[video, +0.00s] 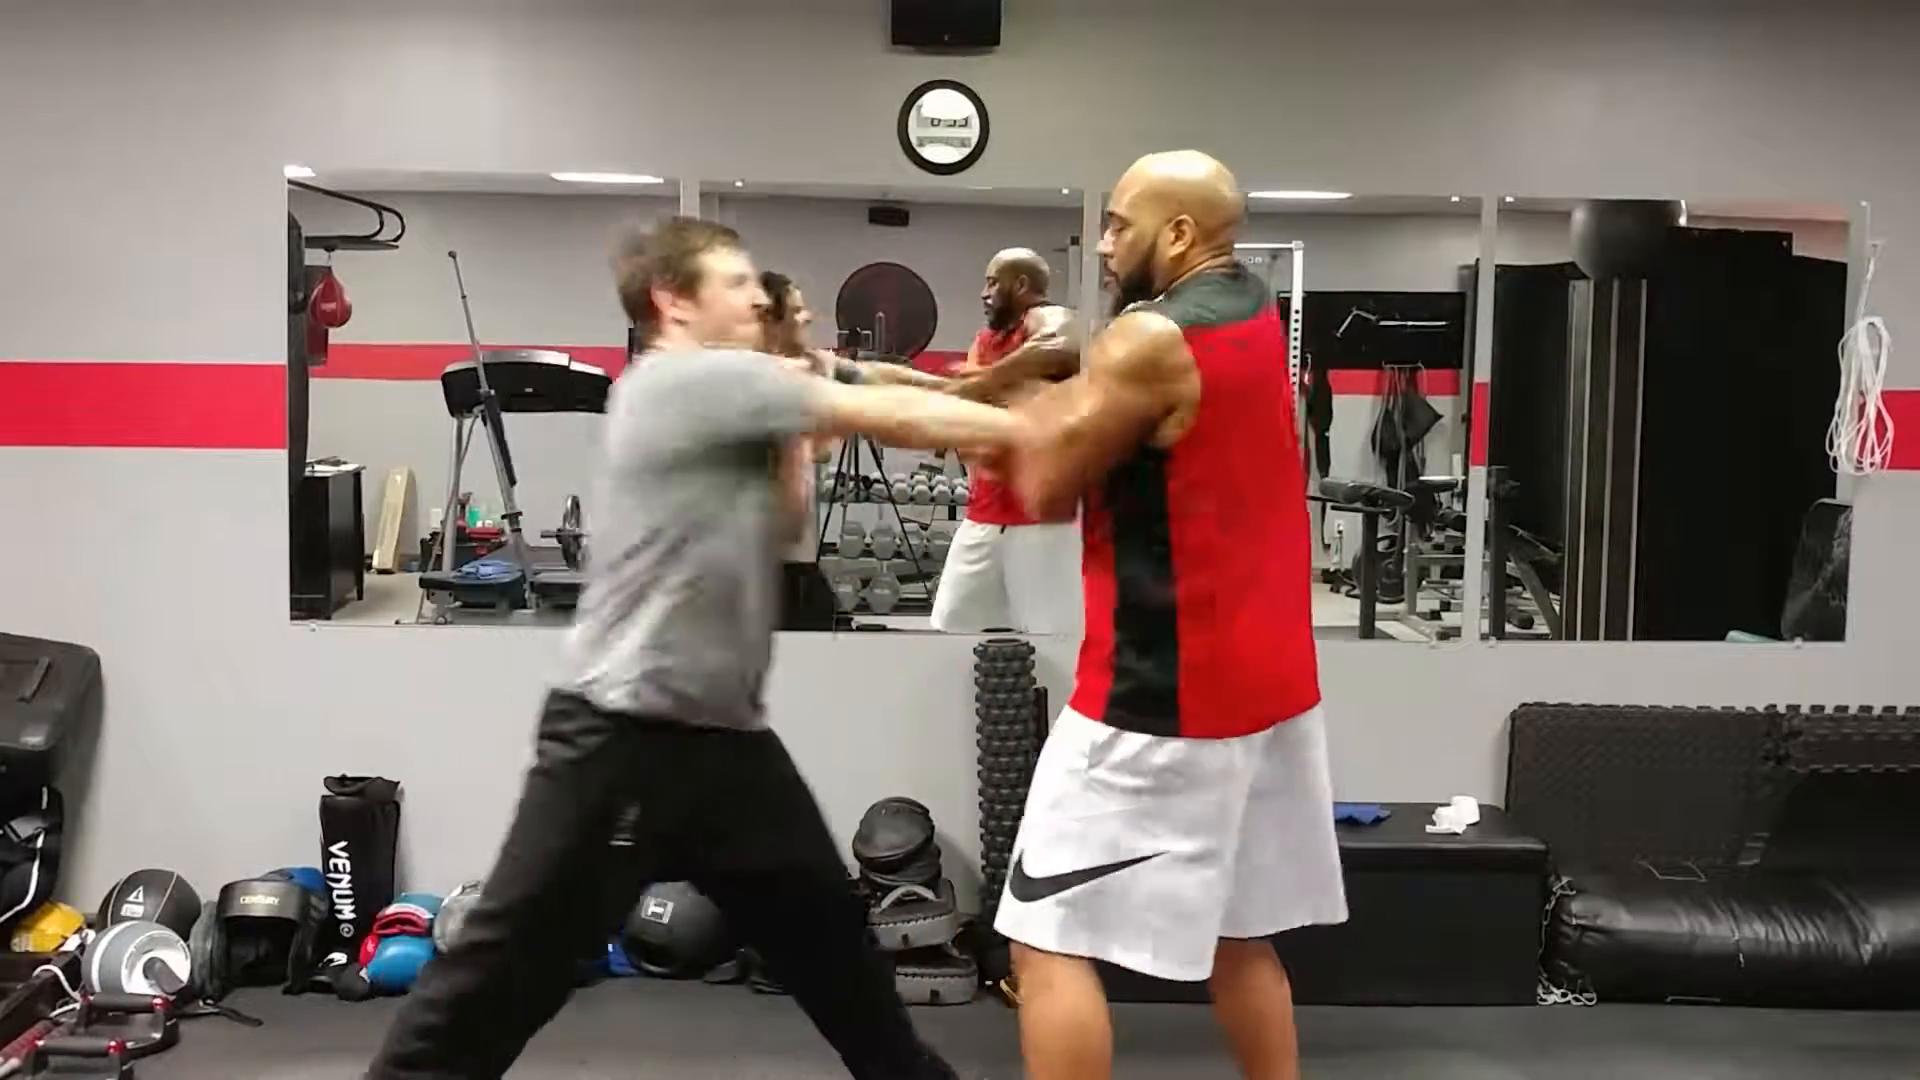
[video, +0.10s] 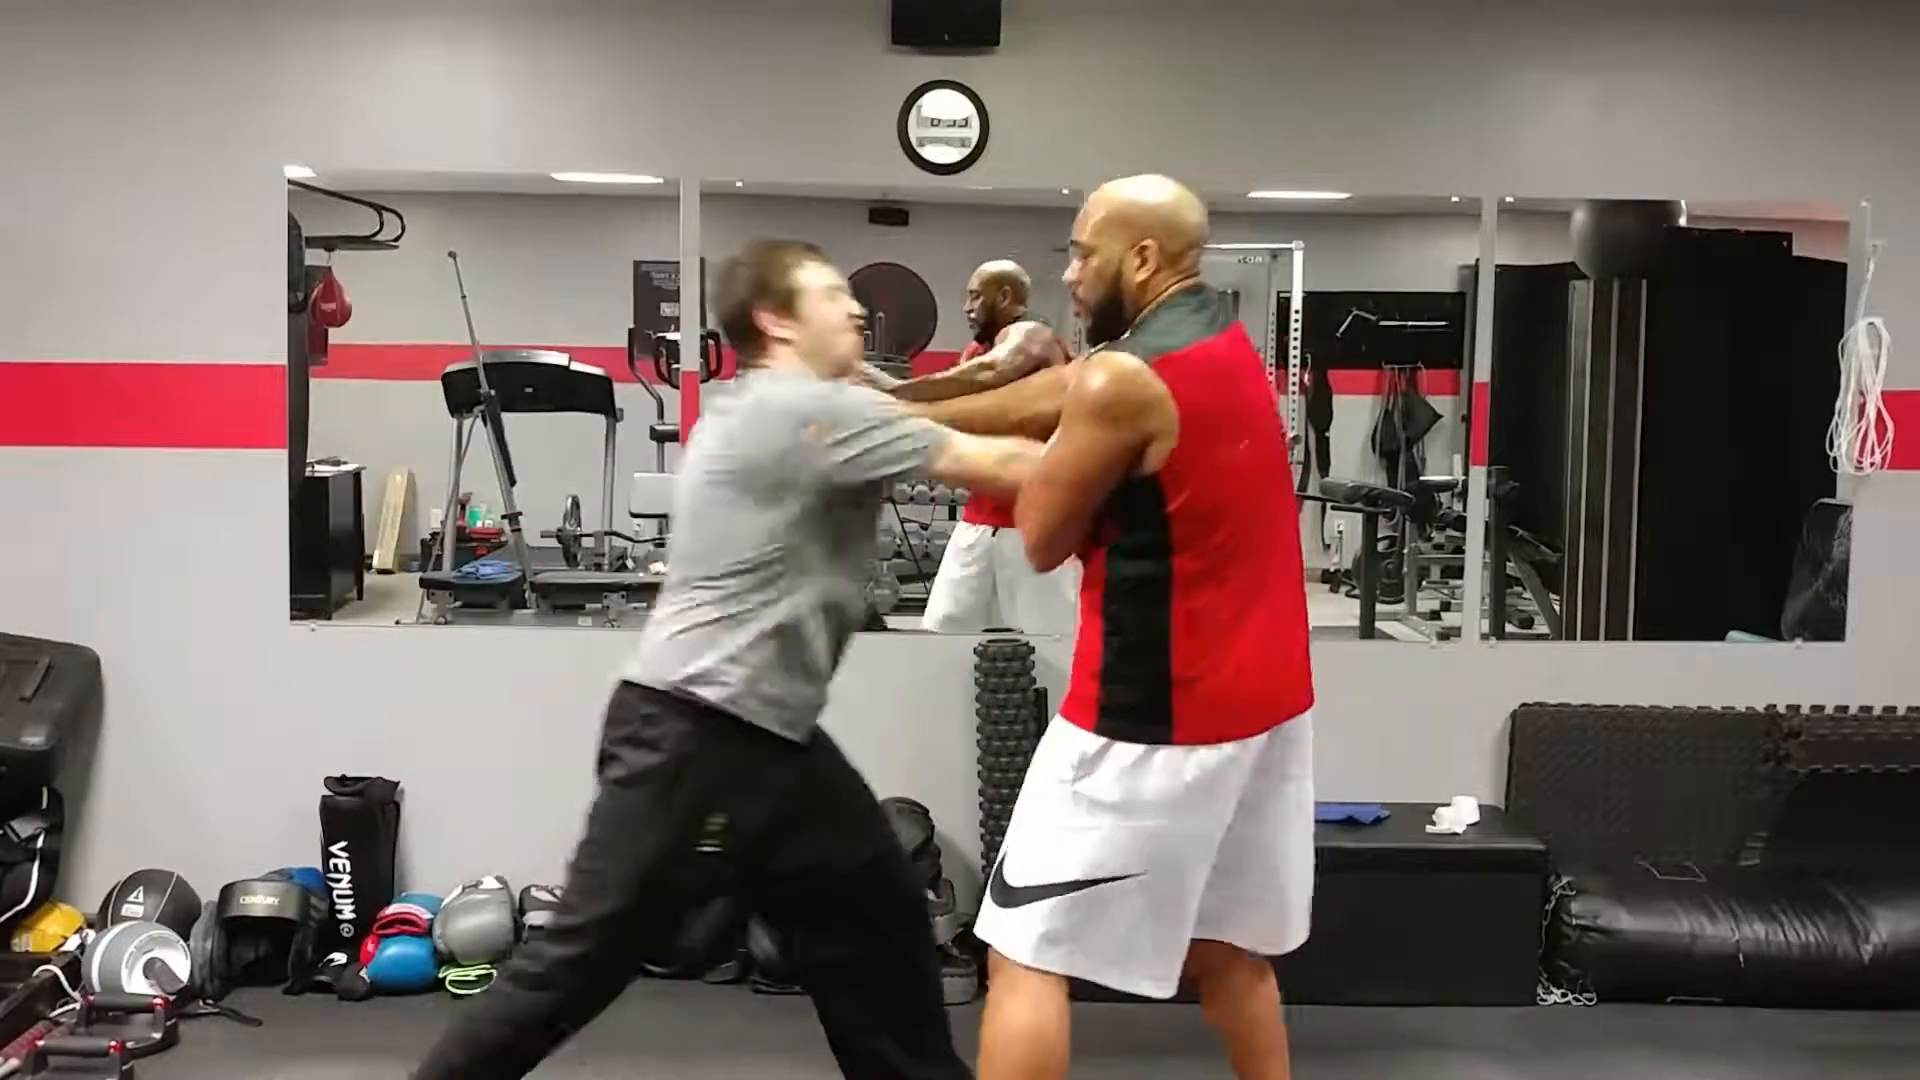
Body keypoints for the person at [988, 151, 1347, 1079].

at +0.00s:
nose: (1105, 245)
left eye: (1119, 227)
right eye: (1109, 225)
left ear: (1179, 235)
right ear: (1201, 237)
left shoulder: (1150, 340)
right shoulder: (1251, 312)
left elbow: (1046, 485)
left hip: (1153, 692)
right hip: (1265, 685)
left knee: (1045, 937)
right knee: (1237, 934)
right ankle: (1278, 1078)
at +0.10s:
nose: (1071, 273)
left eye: (1084, 254)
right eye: (1072, 254)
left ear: (1144, 260)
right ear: (1169, 261)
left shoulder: (1118, 379)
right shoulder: (1225, 347)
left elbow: (1040, 538)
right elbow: (1058, 405)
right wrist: (898, 412)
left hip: (1143, 715)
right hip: (1261, 703)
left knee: (1025, 951)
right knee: (1229, 953)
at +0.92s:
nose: (1018, 289)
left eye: (1027, 273)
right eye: (1021, 273)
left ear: (1069, 273)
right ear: (1134, 279)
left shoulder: (1021, 374)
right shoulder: (1231, 393)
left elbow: (855, 420)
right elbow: (1327, 530)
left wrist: (825, 354)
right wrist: (1194, 537)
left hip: (1052, 738)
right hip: (1201, 733)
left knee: (919, 964)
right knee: (1185, 949)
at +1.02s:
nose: (1033, 294)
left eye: (1042, 277)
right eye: (1036, 277)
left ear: (1082, 279)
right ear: (1144, 286)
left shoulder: (1031, 380)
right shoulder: (1238, 398)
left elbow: (858, 424)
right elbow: (1337, 535)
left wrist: (822, 361)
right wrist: (1212, 549)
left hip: (1056, 741)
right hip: (1205, 736)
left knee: (919, 965)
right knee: (1186, 955)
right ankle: (1256, 1079)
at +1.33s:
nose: (1121, 263)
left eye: (1133, 241)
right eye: (1123, 242)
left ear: (1187, 240)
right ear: (1214, 244)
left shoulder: (1171, 347)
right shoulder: (1309, 345)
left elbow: (1017, 429)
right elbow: (1385, 495)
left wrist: (867, 404)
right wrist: (1281, 546)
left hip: (1200, 683)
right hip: (1336, 685)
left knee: (1033, 899)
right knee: (1258, 934)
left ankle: (1071, 1074)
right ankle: (1284, 1079)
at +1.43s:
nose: (1137, 255)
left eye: (1152, 234)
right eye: (1138, 235)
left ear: (1212, 232)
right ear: (1231, 237)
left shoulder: (1205, 338)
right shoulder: (1316, 333)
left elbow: (1054, 436)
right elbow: (1383, 488)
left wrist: (891, 425)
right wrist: (1221, 471)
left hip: (1234, 678)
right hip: (1346, 676)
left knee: (1086, 906)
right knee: (1273, 925)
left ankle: (1169, 1071)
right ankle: (1289, 1077)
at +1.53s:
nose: (1146, 252)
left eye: (1161, 230)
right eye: (1149, 231)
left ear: (1223, 233)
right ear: (1240, 238)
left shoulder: (1218, 344)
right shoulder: (1313, 327)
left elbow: (1078, 459)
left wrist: (922, 492)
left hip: (1254, 691)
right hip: (1341, 679)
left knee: (1169, 935)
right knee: (1266, 925)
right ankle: (1286, 1078)